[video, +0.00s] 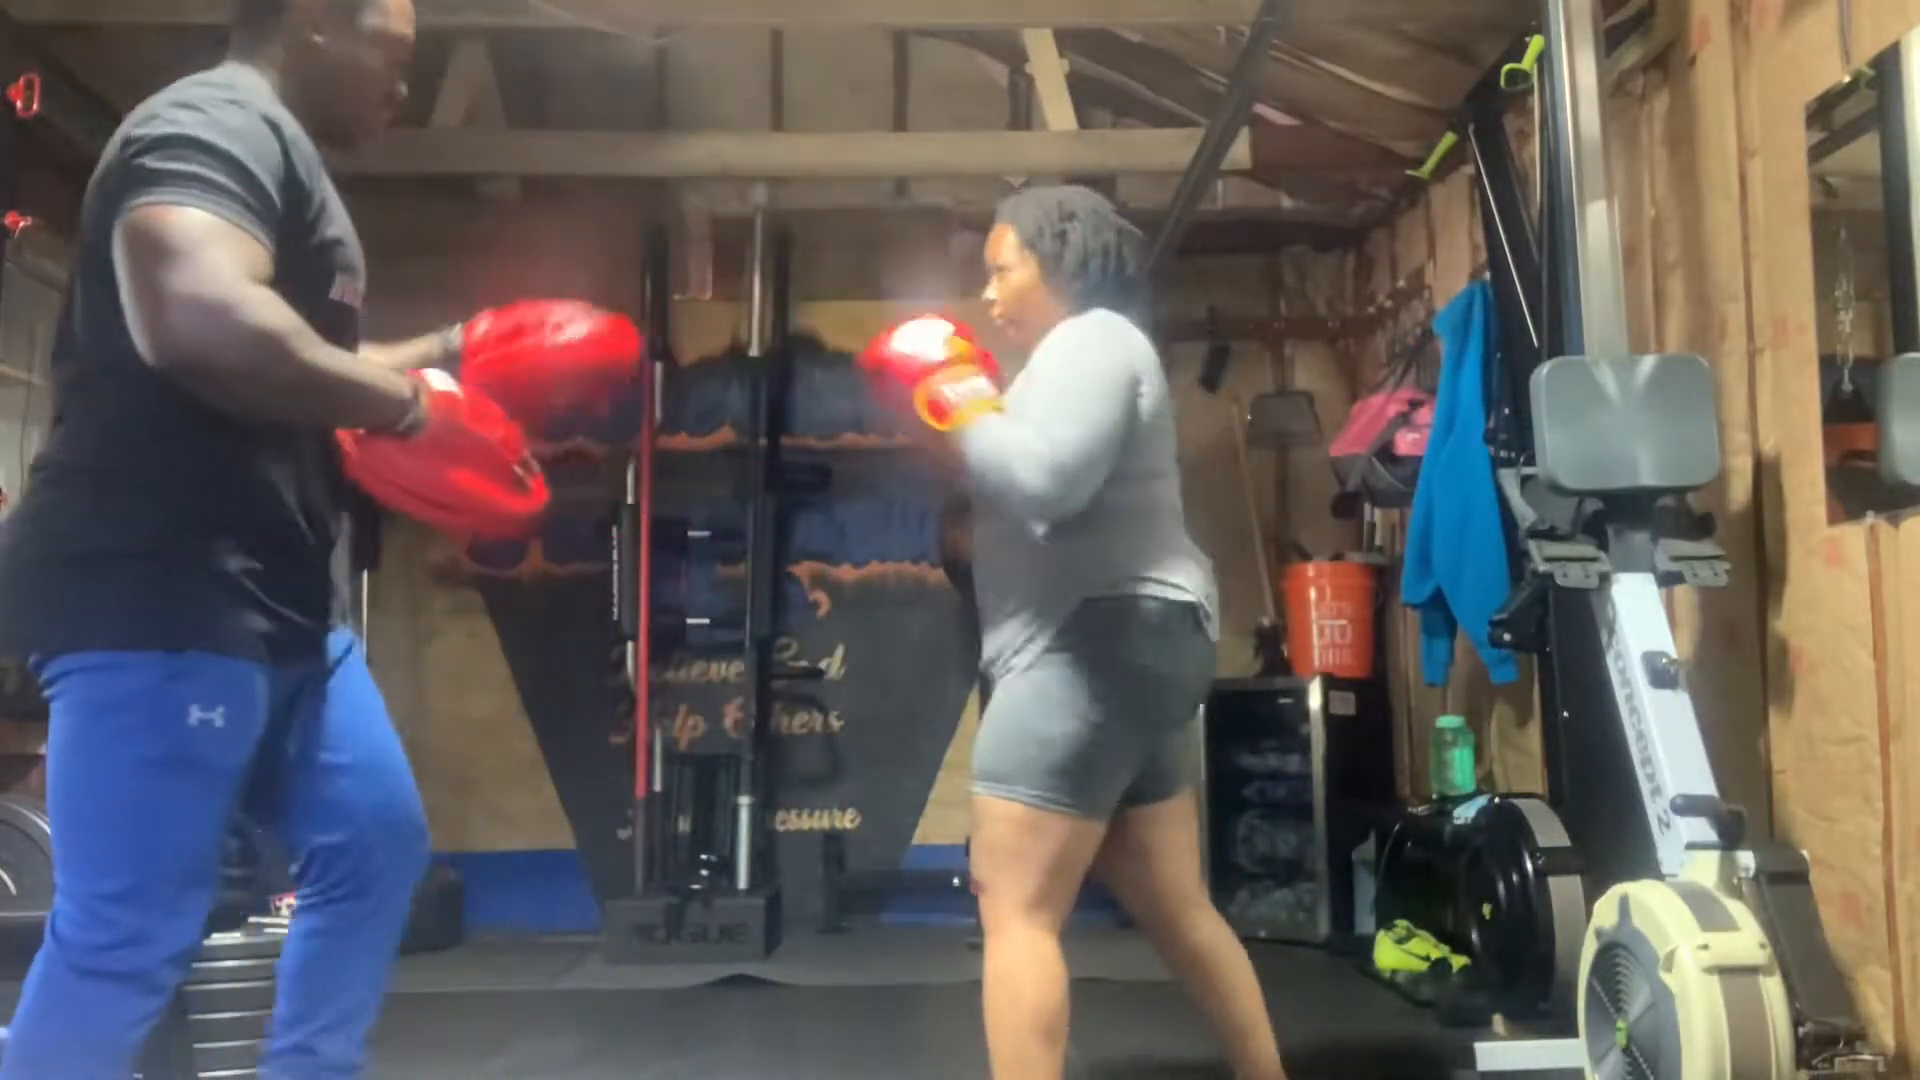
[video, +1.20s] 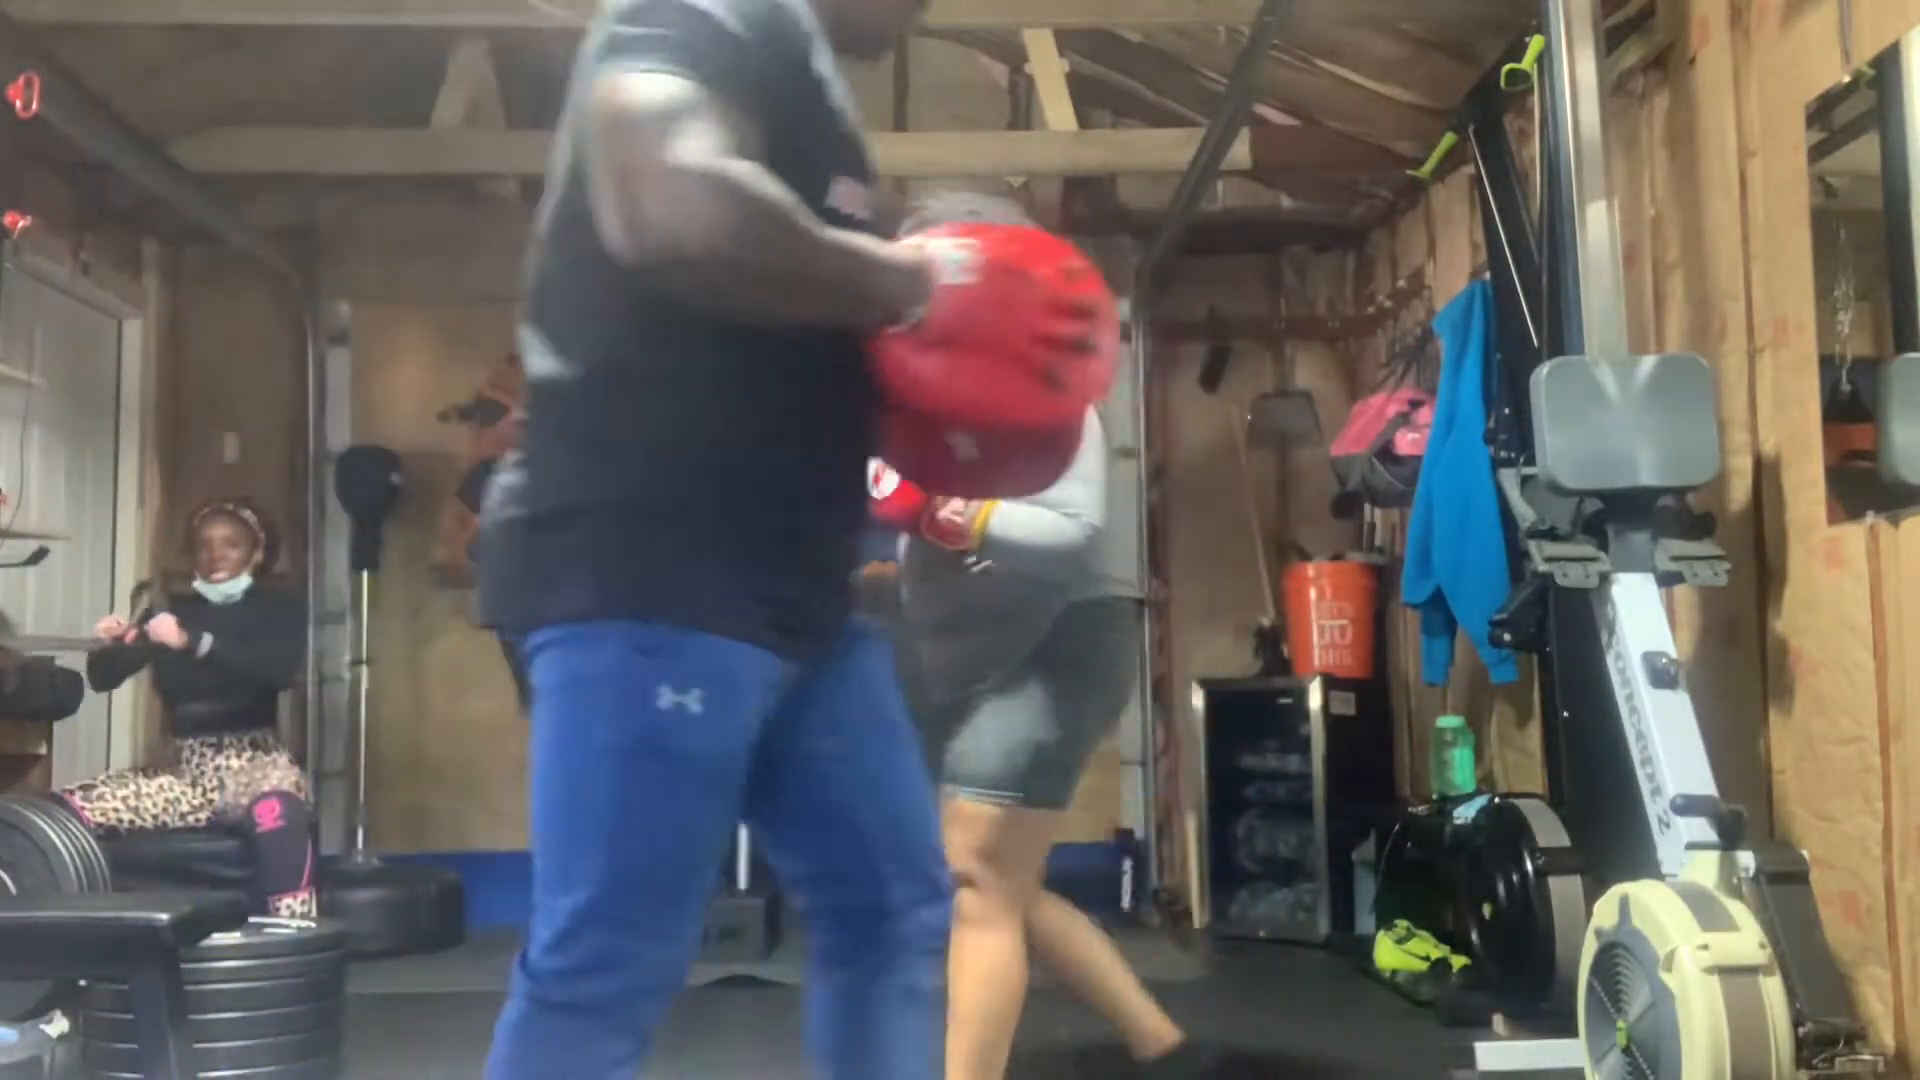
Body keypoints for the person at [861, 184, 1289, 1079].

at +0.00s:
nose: (988, 294)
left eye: (1003, 272)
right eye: (989, 274)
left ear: (1062, 268)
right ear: (1065, 272)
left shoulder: (1094, 343)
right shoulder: (1093, 351)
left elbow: (1045, 481)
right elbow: (1034, 477)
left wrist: (969, 406)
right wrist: (971, 410)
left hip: (1098, 632)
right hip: (1150, 633)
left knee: (1018, 907)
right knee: (1176, 907)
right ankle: (1266, 1071)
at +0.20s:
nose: (1052, 303)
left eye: (1070, 282)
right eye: (1051, 284)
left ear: (1131, 280)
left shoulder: (1182, 362)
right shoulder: (1099, 389)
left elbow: (1157, 506)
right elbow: (1057, 543)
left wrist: (1058, 428)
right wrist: (1008, 468)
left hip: (1156, 642)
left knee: (1058, 902)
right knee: (1218, 920)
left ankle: (1040, 1073)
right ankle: (1274, 1073)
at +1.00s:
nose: (991, 316)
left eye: (1012, 298)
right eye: (986, 298)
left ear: (1073, 300)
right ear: (981, 302)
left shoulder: (1115, 391)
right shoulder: (1012, 406)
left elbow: (1143, 537)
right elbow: (997, 559)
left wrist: (1011, 503)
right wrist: (912, 521)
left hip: (1119, 652)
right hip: (1054, 658)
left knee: (1004, 882)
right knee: (1181, 910)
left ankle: (974, 1073)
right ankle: (1267, 1072)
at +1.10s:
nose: (956, 318)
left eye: (977, 299)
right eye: (949, 297)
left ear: (1034, 301)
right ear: (937, 291)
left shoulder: (1063, 385)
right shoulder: (991, 394)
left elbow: (1101, 536)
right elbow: (978, 551)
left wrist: (985, 518)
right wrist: (862, 580)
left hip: (1083, 640)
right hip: (1048, 641)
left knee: (994, 885)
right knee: (1102, 905)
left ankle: (973, 1076)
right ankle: (1244, 1071)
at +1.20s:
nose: (939, 296)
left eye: (957, 275)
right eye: (927, 276)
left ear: (1009, 277)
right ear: (919, 288)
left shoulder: (1053, 381)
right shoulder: (929, 388)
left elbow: (1073, 521)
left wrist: (958, 514)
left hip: (1056, 632)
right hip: (960, 635)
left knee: (971, 879)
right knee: (1003, 882)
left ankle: (965, 1074)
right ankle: (1160, 1040)